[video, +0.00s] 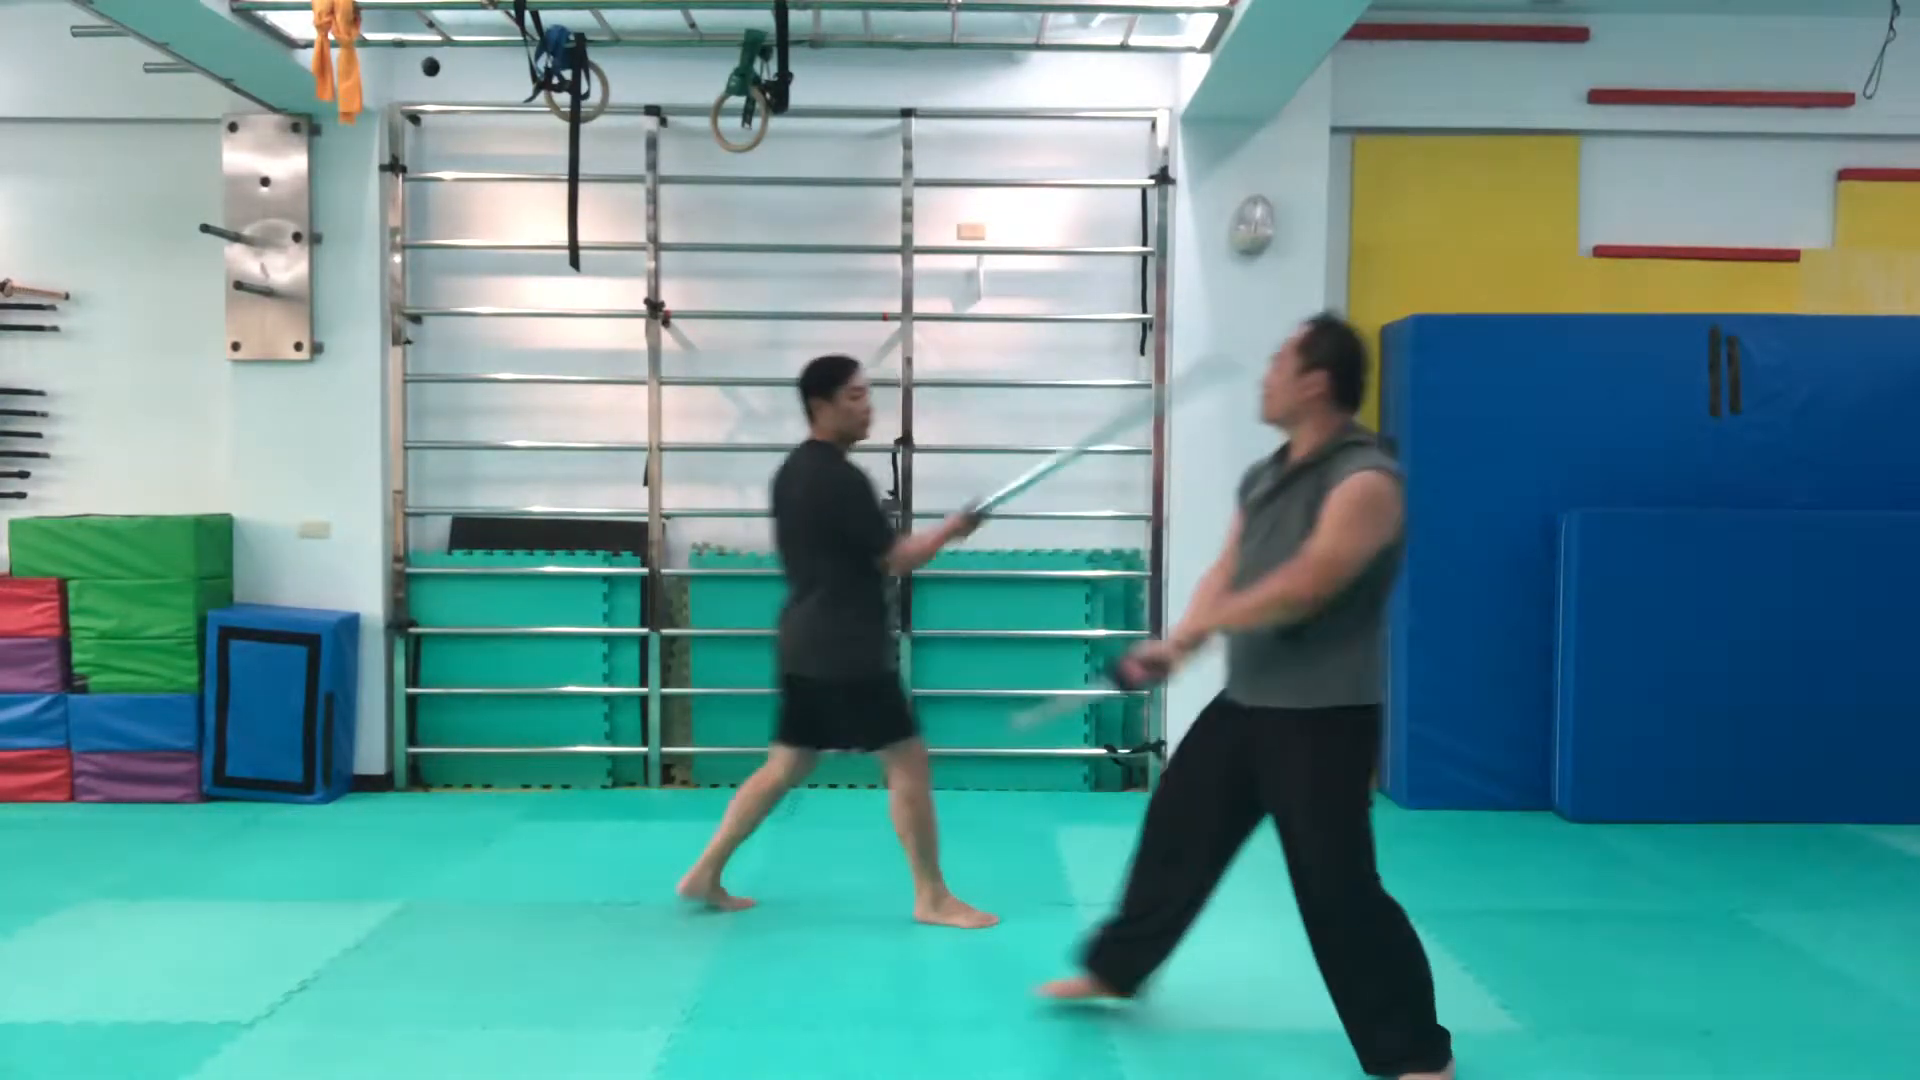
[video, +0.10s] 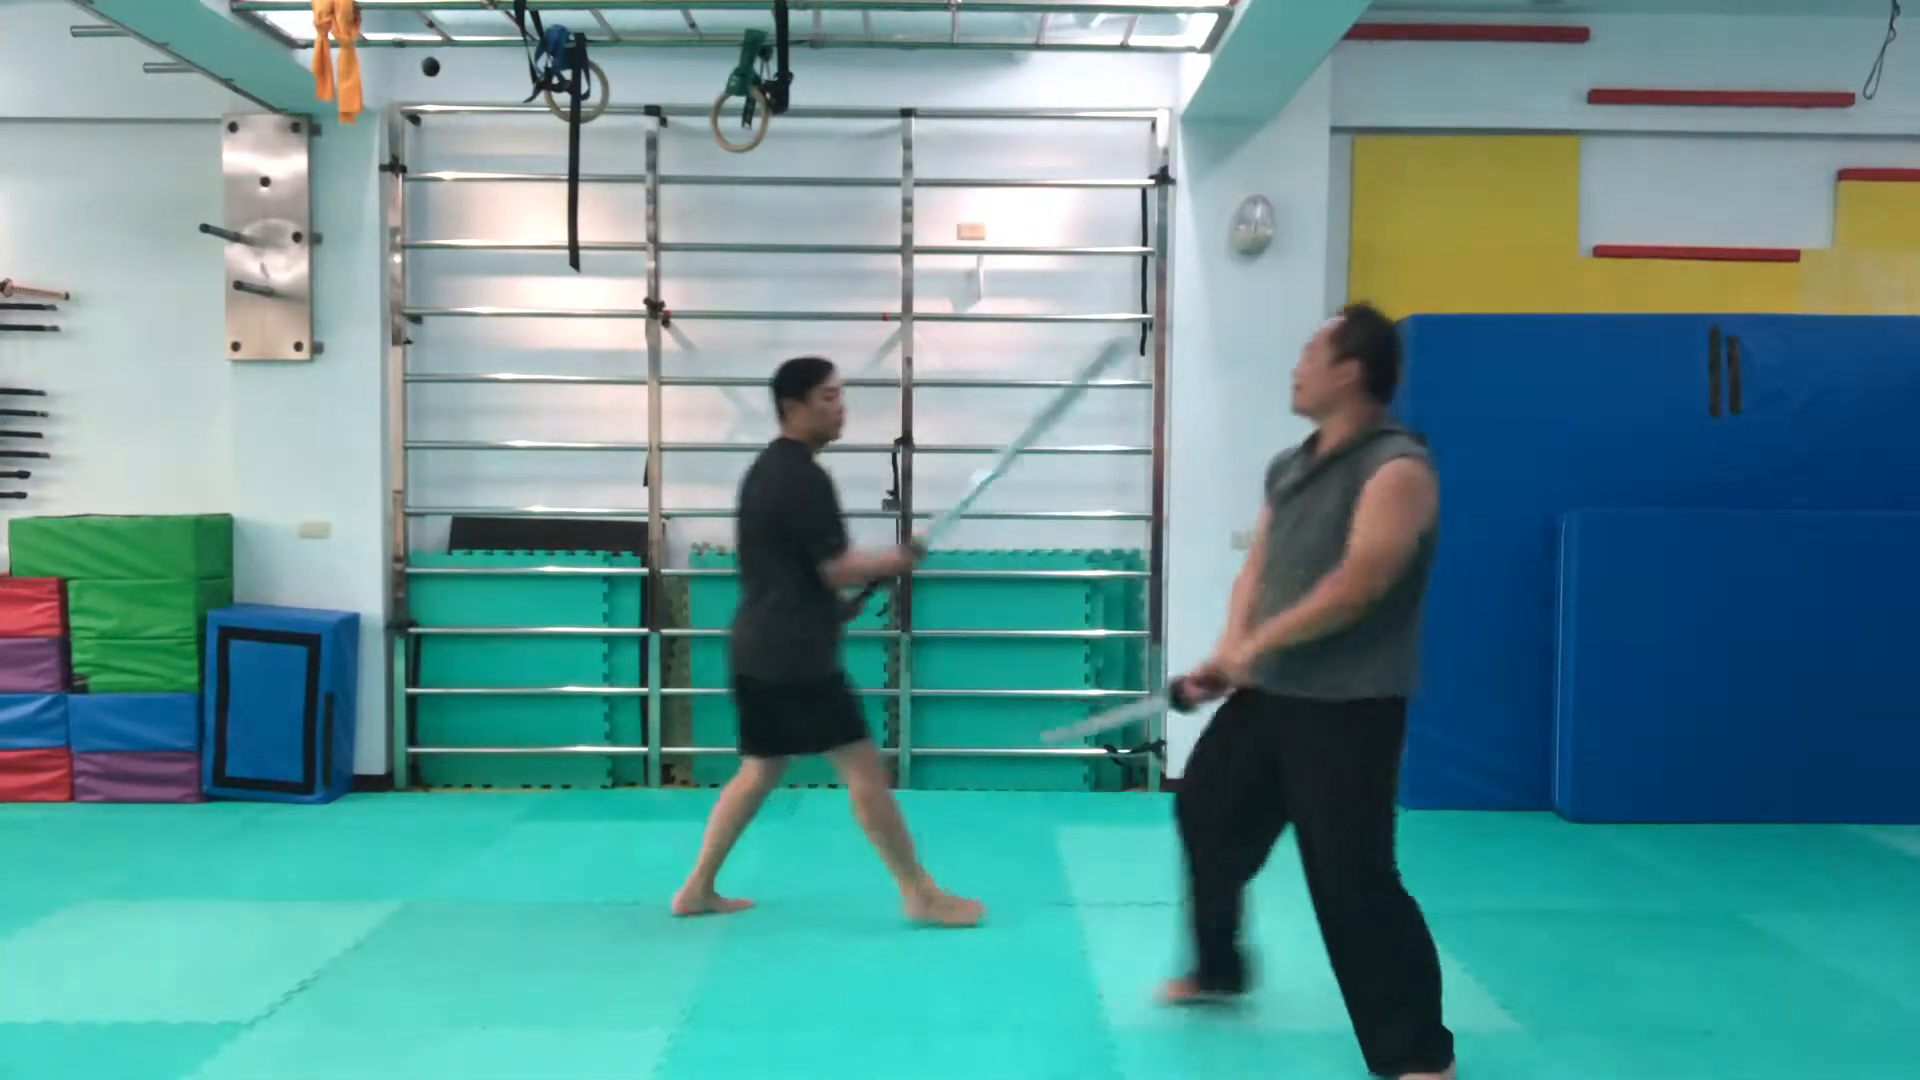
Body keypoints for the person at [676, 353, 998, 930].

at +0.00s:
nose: (869, 405)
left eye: (867, 394)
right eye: (857, 396)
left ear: (822, 408)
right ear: (824, 405)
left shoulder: (792, 474)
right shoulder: (841, 478)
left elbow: (811, 563)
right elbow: (893, 559)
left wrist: (892, 545)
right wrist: (951, 529)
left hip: (806, 651)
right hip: (851, 654)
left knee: (786, 765)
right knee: (908, 762)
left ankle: (703, 877)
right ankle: (932, 898)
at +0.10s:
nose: (841, 407)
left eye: (839, 395)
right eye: (830, 398)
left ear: (796, 408)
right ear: (794, 408)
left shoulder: (765, 471)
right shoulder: (803, 476)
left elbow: (777, 573)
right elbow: (836, 566)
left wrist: (845, 589)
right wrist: (896, 559)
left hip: (758, 655)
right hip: (800, 658)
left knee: (760, 769)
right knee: (864, 770)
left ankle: (697, 889)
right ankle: (921, 895)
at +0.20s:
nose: (816, 401)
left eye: (814, 390)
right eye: (805, 392)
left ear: (767, 402)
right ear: (769, 399)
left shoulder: (736, 465)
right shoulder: (773, 469)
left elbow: (741, 565)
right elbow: (792, 562)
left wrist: (817, 572)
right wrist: (850, 567)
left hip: (726, 650)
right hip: (766, 651)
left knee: (749, 760)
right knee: (824, 757)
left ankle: (696, 887)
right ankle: (841, 905)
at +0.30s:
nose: (791, 396)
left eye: (790, 385)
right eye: (781, 386)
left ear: (742, 393)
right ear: (744, 391)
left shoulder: (710, 457)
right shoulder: (744, 459)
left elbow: (709, 563)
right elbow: (760, 557)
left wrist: (768, 596)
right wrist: (821, 564)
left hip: (701, 648)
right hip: (736, 649)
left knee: (728, 758)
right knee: (788, 760)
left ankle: (693, 888)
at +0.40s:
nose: (770, 397)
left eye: (768, 386)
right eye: (759, 387)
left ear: (721, 395)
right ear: (723, 393)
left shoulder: (687, 457)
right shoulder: (721, 459)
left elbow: (680, 564)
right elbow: (739, 562)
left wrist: (749, 607)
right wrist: (806, 569)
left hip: (673, 647)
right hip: (700, 651)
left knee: (706, 768)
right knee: (739, 771)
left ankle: (689, 887)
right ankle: (649, 915)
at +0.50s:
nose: (758, 405)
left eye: (755, 392)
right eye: (747, 393)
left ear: (706, 402)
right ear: (710, 400)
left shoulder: (669, 458)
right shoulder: (707, 468)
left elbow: (672, 562)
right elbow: (724, 572)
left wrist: (738, 607)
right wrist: (796, 577)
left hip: (641, 649)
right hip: (661, 658)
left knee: (681, 777)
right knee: (672, 799)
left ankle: (688, 887)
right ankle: (625, 945)